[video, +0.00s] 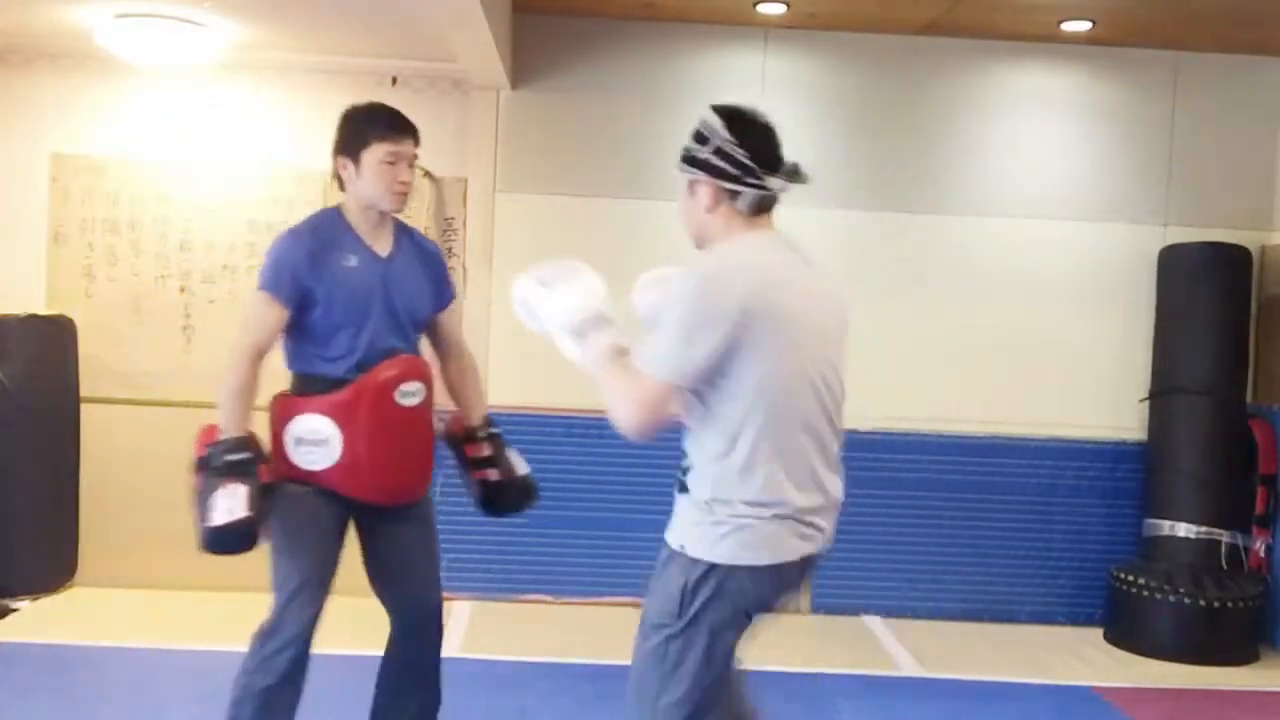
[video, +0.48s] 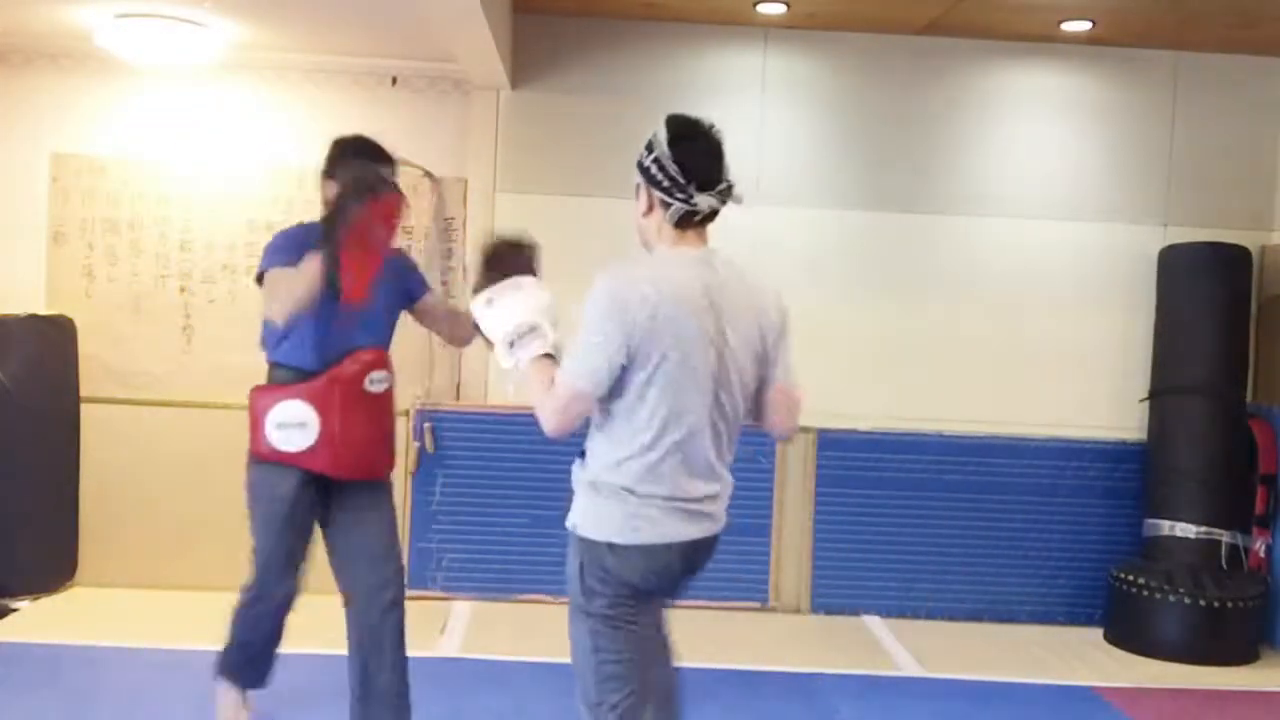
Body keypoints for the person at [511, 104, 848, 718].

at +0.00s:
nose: (682, 203)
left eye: (684, 187)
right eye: (682, 187)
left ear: (706, 191)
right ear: (763, 194)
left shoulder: (723, 278)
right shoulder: (809, 277)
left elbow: (638, 416)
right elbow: (755, 402)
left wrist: (592, 332)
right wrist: (685, 318)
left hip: (726, 541)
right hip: (795, 533)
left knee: (662, 698)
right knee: (703, 673)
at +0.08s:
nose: (674, 196)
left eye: (676, 181)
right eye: (675, 181)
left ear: (695, 186)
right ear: (755, 189)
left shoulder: (684, 267)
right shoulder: (797, 273)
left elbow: (574, 384)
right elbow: (781, 400)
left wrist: (557, 300)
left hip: (698, 526)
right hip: (762, 512)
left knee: (645, 704)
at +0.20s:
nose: (670, 193)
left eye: (673, 177)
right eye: (672, 177)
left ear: (689, 183)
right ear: (751, 191)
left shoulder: (674, 269)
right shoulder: (787, 272)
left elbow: (552, 371)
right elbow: (808, 374)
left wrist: (548, 289)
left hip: (653, 524)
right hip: (707, 512)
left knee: (626, 704)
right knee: (552, 404)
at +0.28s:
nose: (660, 203)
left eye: (662, 187)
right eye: (664, 187)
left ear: (678, 195)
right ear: (740, 201)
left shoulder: (666, 286)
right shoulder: (778, 286)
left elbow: (551, 381)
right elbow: (833, 383)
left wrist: (549, 302)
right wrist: (782, 325)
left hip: (635, 535)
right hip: (694, 531)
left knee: (611, 708)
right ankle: (473, 456)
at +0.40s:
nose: (641, 208)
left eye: (644, 193)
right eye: (645, 193)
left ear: (658, 199)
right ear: (721, 204)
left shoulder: (638, 291)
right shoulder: (763, 299)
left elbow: (555, 418)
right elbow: (807, 416)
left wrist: (529, 336)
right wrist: (752, 366)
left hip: (623, 539)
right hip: (698, 539)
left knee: (612, 702)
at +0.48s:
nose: (634, 207)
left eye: (636, 192)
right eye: (636, 192)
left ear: (650, 199)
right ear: (713, 203)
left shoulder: (625, 289)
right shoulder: (758, 298)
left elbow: (557, 418)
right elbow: (780, 418)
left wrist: (529, 347)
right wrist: (710, 377)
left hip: (618, 537)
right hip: (699, 533)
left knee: (615, 702)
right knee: (641, 616)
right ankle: (658, 707)